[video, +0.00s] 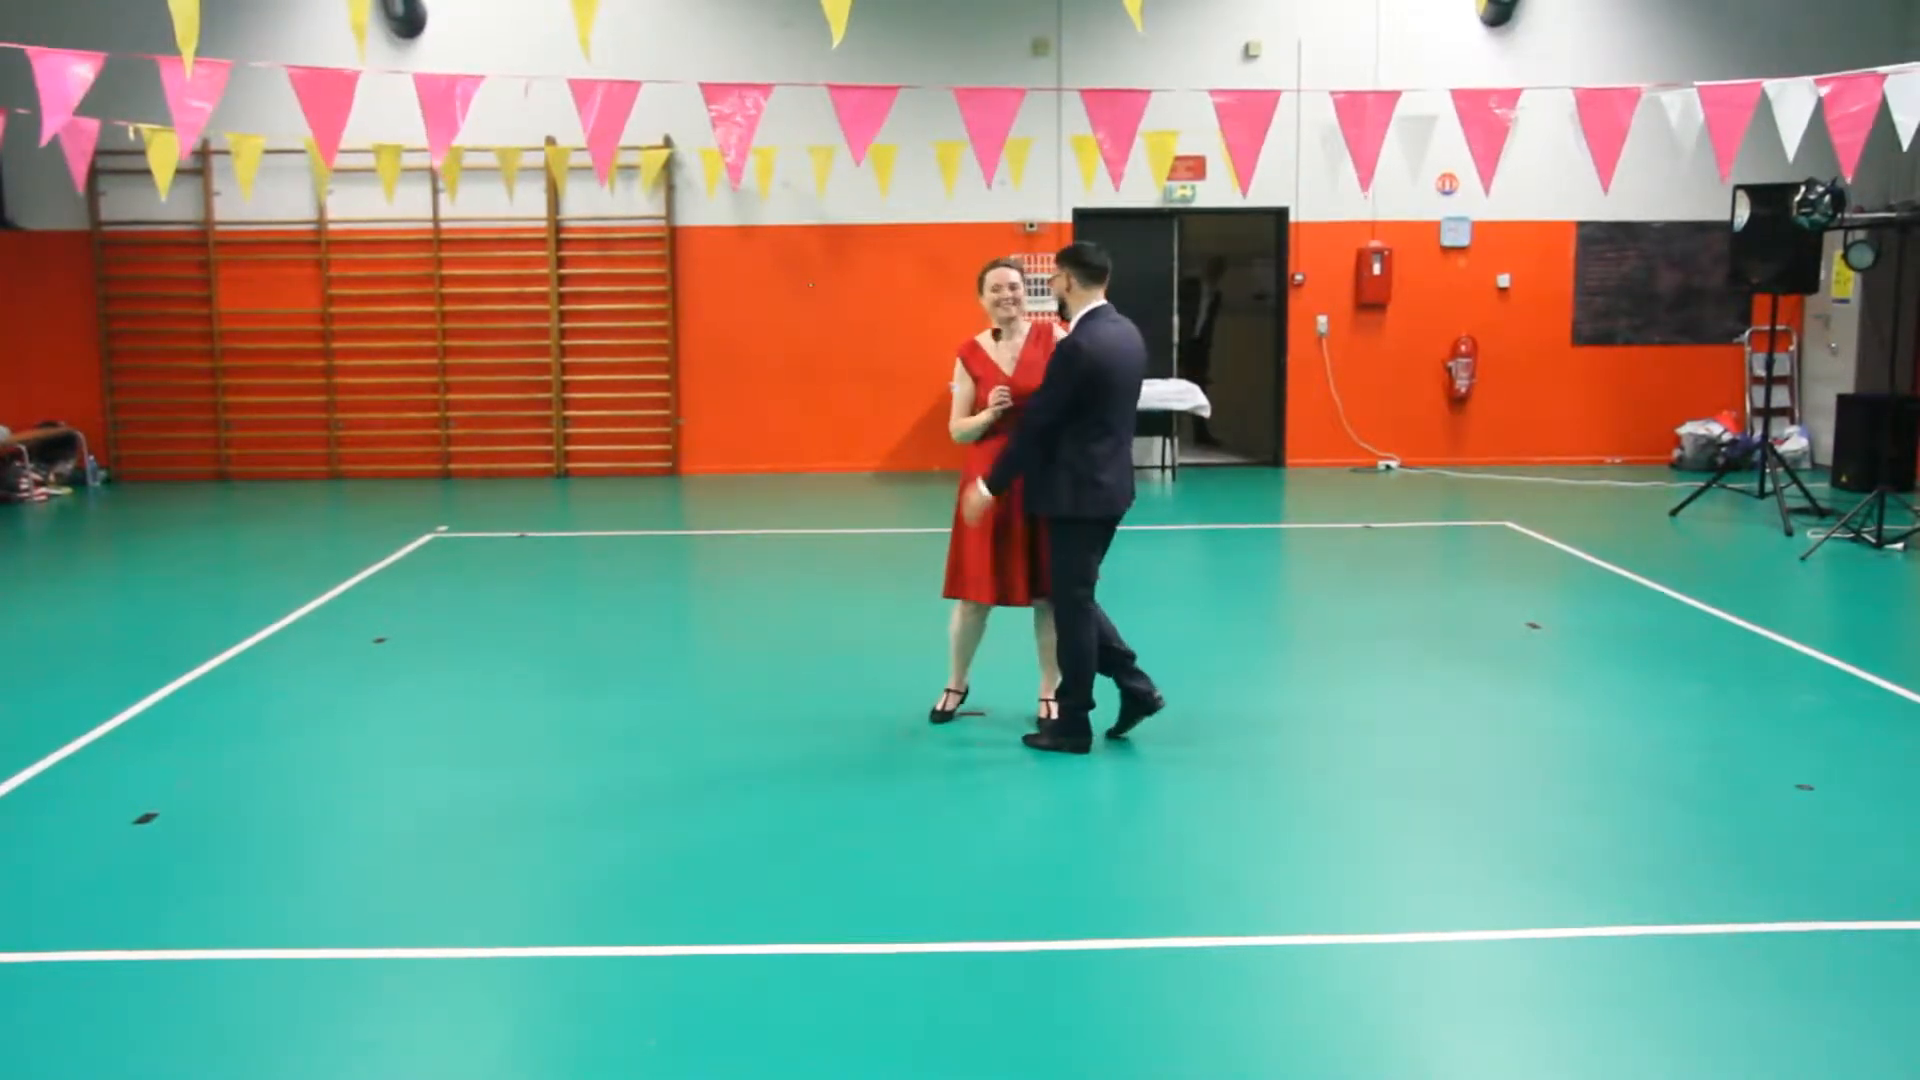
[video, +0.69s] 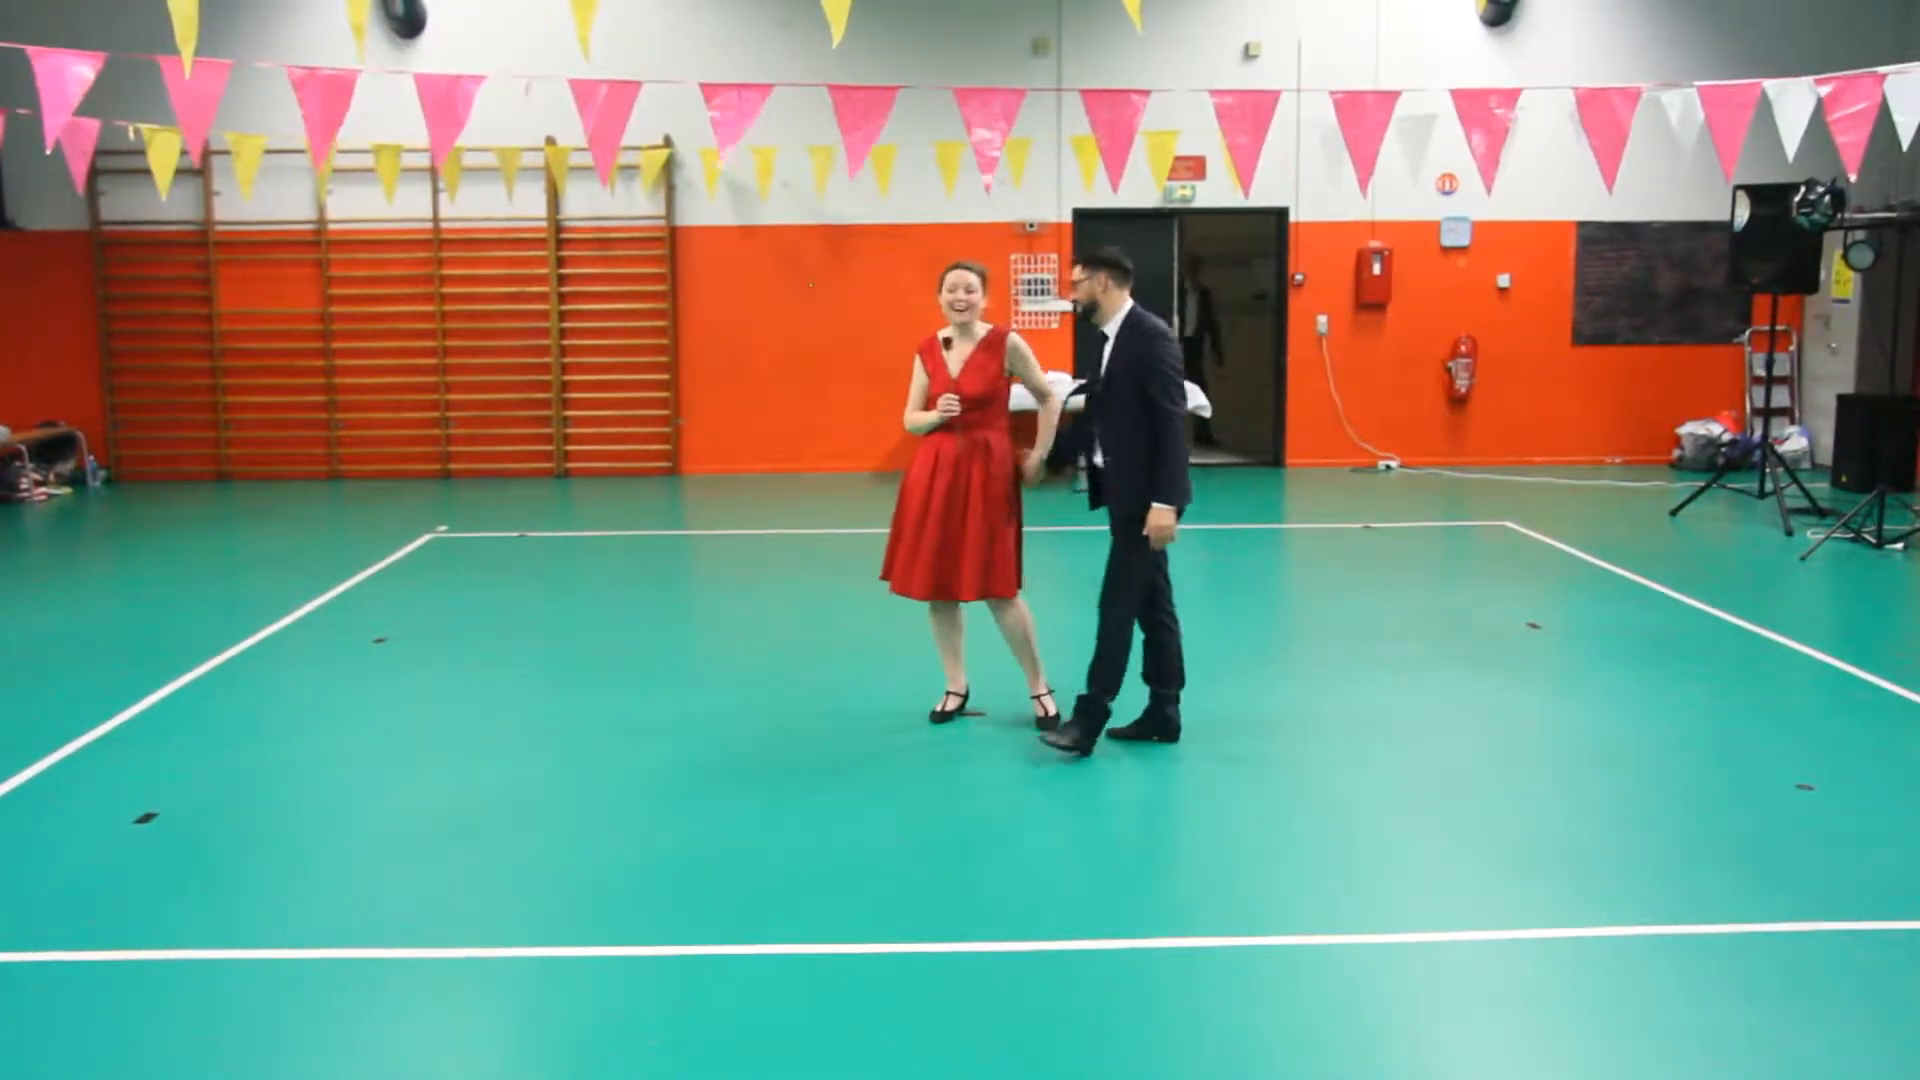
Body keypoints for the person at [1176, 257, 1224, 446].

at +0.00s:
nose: (1215, 276)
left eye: (1219, 273)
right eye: (1213, 271)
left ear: (1221, 274)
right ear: (1207, 269)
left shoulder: (1216, 295)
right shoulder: (1189, 286)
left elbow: (1211, 323)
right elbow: (1182, 313)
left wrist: (1208, 345)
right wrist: (1179, 338)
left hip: (1202, 346)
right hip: (1183, 343)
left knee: (1200, 386)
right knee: (1180, 384)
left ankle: (1202, 432)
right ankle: (1169, 429)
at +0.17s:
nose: (1223, 276)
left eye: (1226, 273)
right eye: (1222, 271)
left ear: (1228, 274)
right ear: (1216, 269)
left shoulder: (1223, 295)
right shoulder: (1195, 284)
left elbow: (1217, 321)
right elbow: (1185, 311)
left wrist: (1213, 347)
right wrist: (1184, 337)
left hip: (1206, 345)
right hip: (1187, 342)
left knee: (1203, 385)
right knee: (1190, 384)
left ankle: (1202, 432)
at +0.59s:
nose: (1203, 273)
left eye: (1206, 270)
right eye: (1201, 269)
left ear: (1210, 272)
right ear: (1195, 269)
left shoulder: (1213, 293)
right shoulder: (1184, 286)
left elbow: (1216, 323)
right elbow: (1177, 312)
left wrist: (1218, 352)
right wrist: (1172, 337)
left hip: (1200, 342)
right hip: (1182, 339)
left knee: (1200, 384)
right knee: (1181, 382)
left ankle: (1202, 432)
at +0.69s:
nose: (1191, 274)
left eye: (1194, 270)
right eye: (1189, 269)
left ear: (1199, 272)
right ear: (1183, 271)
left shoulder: (1204, 293)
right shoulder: (1177, 290)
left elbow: (1211, 321)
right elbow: (1170, 314)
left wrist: (1217, 347)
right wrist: (1166, 339)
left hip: (1195, 341)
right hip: (1176, 340)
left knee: (1198, 382)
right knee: (1175, 382)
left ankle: (1203, 430)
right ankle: (1173, 430)